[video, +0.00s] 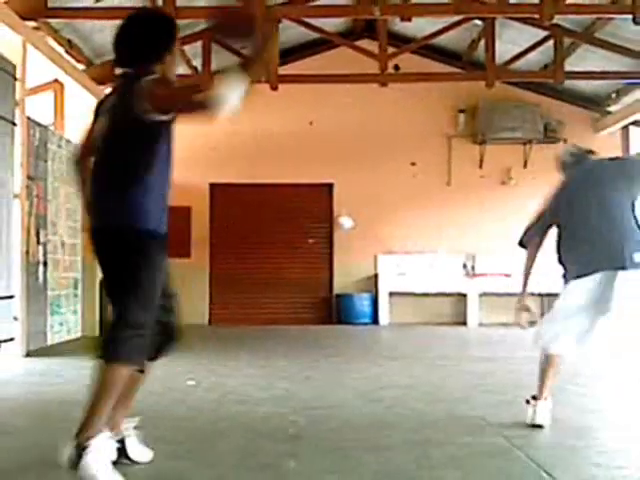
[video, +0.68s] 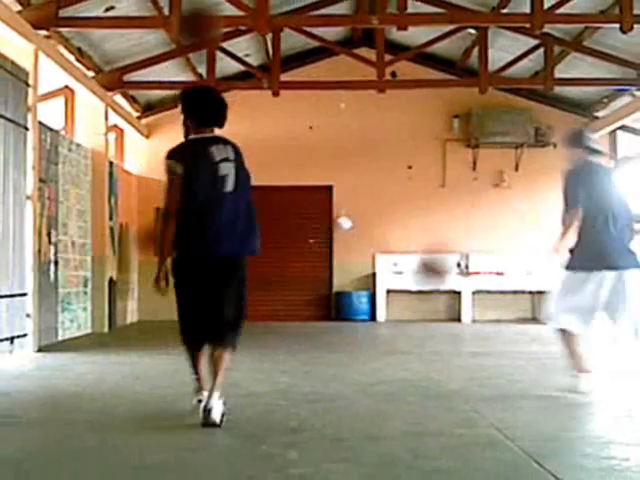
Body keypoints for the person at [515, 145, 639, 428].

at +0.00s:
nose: (562, 177)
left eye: (561, 172)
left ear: (565, 169)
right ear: (591, 158)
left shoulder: (564, 194)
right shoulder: (623, 167)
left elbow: (534, 238)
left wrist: (523, 292)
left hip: (587, 269)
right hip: (632, 262)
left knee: (557, 332)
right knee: (628, 339)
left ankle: (542, 401)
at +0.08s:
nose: (590, 177)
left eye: (592, 173)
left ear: (596, 170)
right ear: (618, 165)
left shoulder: (591, 190)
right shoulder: (634, 173)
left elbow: (562, 228)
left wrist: (549, 240)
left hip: (595, 270)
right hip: (633, 263)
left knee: (569, 333)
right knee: (631, 340)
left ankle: (542, 391)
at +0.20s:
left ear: (616, 165)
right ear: (634, 164)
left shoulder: (610, 188)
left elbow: (583, 235)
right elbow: (584, 235)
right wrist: (571, 278)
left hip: (612, 276)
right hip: (632, 273)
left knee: (591, 339)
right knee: (592, 339)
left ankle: (553, 386)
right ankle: (554, 386)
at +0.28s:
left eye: (624, 159)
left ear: (625, 161)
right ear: (636, 160)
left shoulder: (616, 189)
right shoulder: (622, 188)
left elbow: (594, 237)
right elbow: (594, 236)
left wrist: (588, 282)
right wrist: (589, 281)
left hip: (613, 280)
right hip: (631, 279)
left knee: (609, 341)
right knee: (612, 341)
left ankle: (584, 389)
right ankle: (583, 389)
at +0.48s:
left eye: (610, 141)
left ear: (611, 141)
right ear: (635, 143)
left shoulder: (592, 170)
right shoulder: (637, 162)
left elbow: (586, 214)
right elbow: (587, 215)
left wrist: (594, 252)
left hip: (607, 251)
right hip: (635, 247)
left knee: (605, 316)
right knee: (632, 316)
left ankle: (619, 377)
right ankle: (620, 376)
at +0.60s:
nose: (594, 155)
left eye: (596, 151)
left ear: (598, 151)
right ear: (621, 151)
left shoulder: (586, 177)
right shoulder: (633, 176)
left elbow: (581, 222)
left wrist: (579, 255)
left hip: (600, 256)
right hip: (633, 254)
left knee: (593, 322)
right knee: (634, 324)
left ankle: (607, 377)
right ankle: (636, 380)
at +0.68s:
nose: (567, 156)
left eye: (568, 150)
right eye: (568, 151)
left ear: (575, 150)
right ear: (592, 149)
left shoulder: (577, 173)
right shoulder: (609, 174)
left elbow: (574, 214)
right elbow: (629, 219)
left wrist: (561, 244)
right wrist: (620, 242)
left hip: (591, 259)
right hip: (624, 260)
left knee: (564, 314)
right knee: (627, 326)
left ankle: (584, 373)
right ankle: (627, 378)